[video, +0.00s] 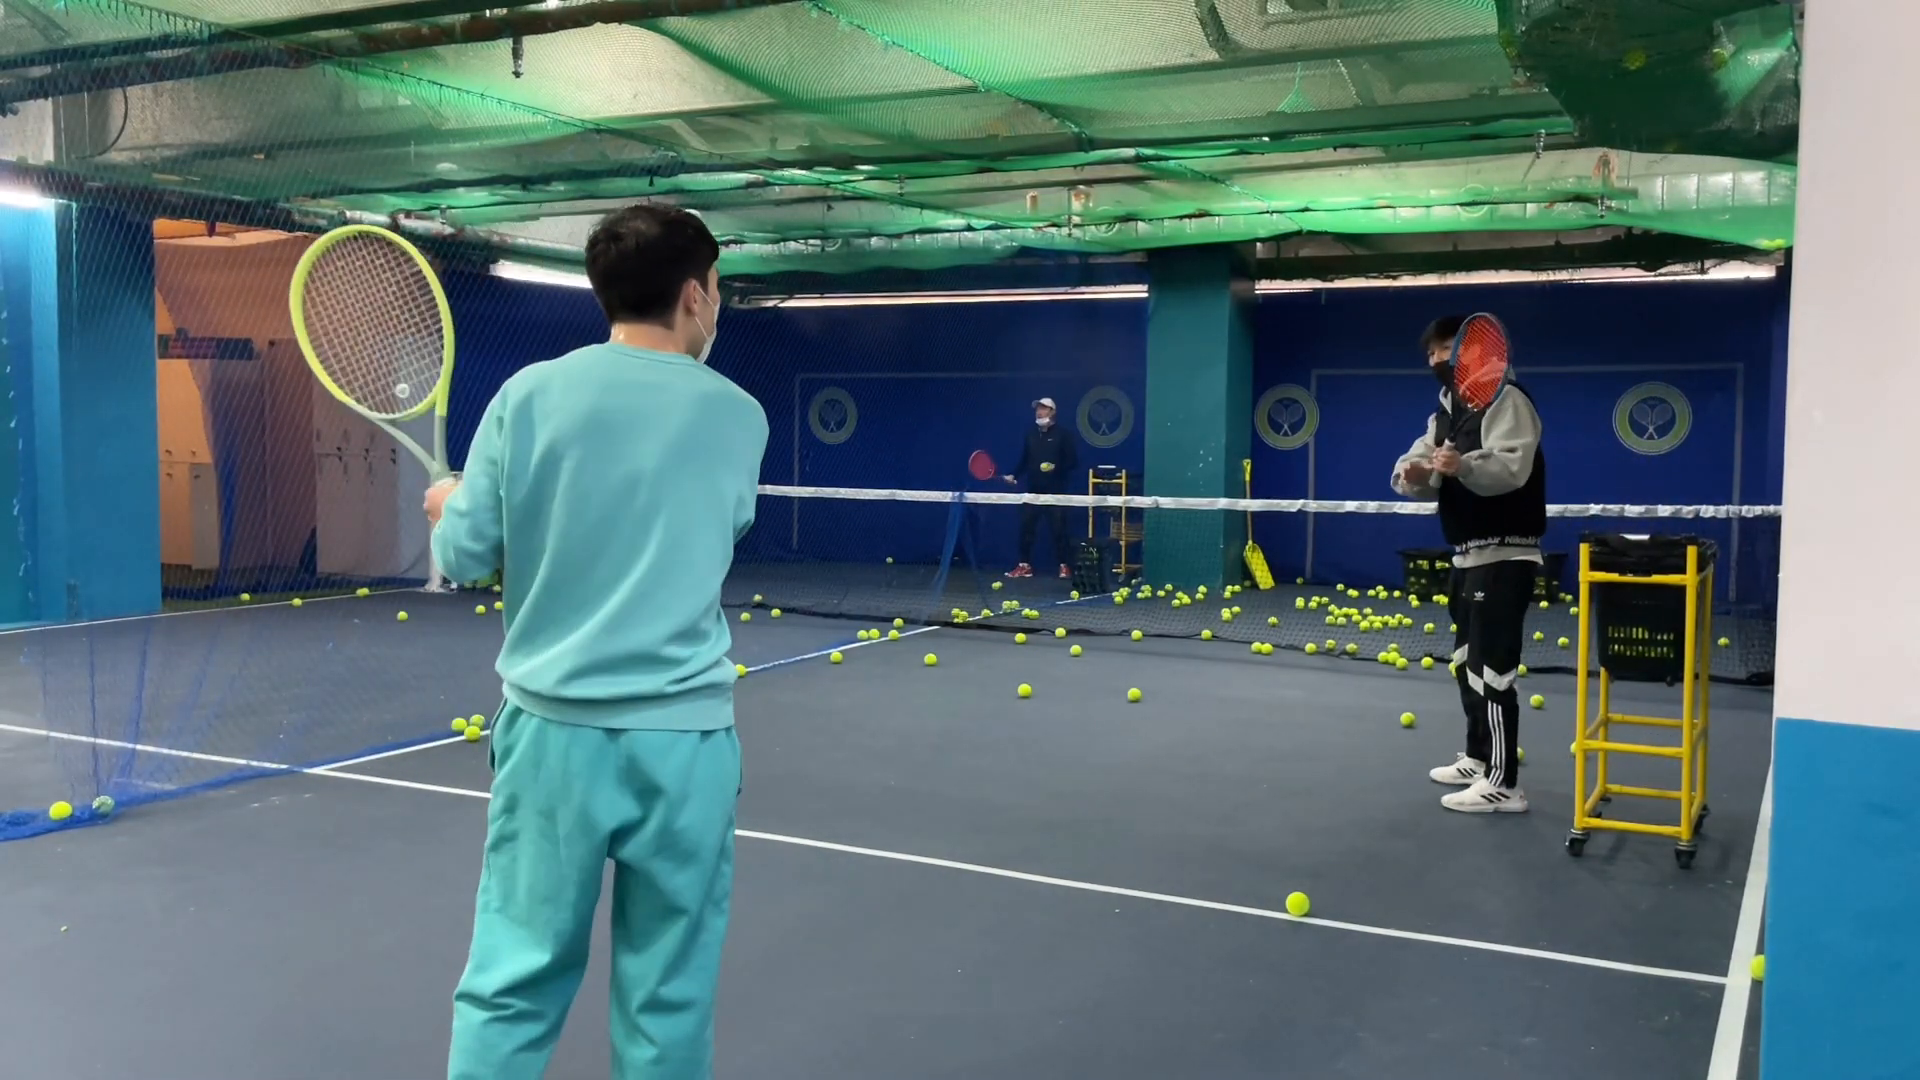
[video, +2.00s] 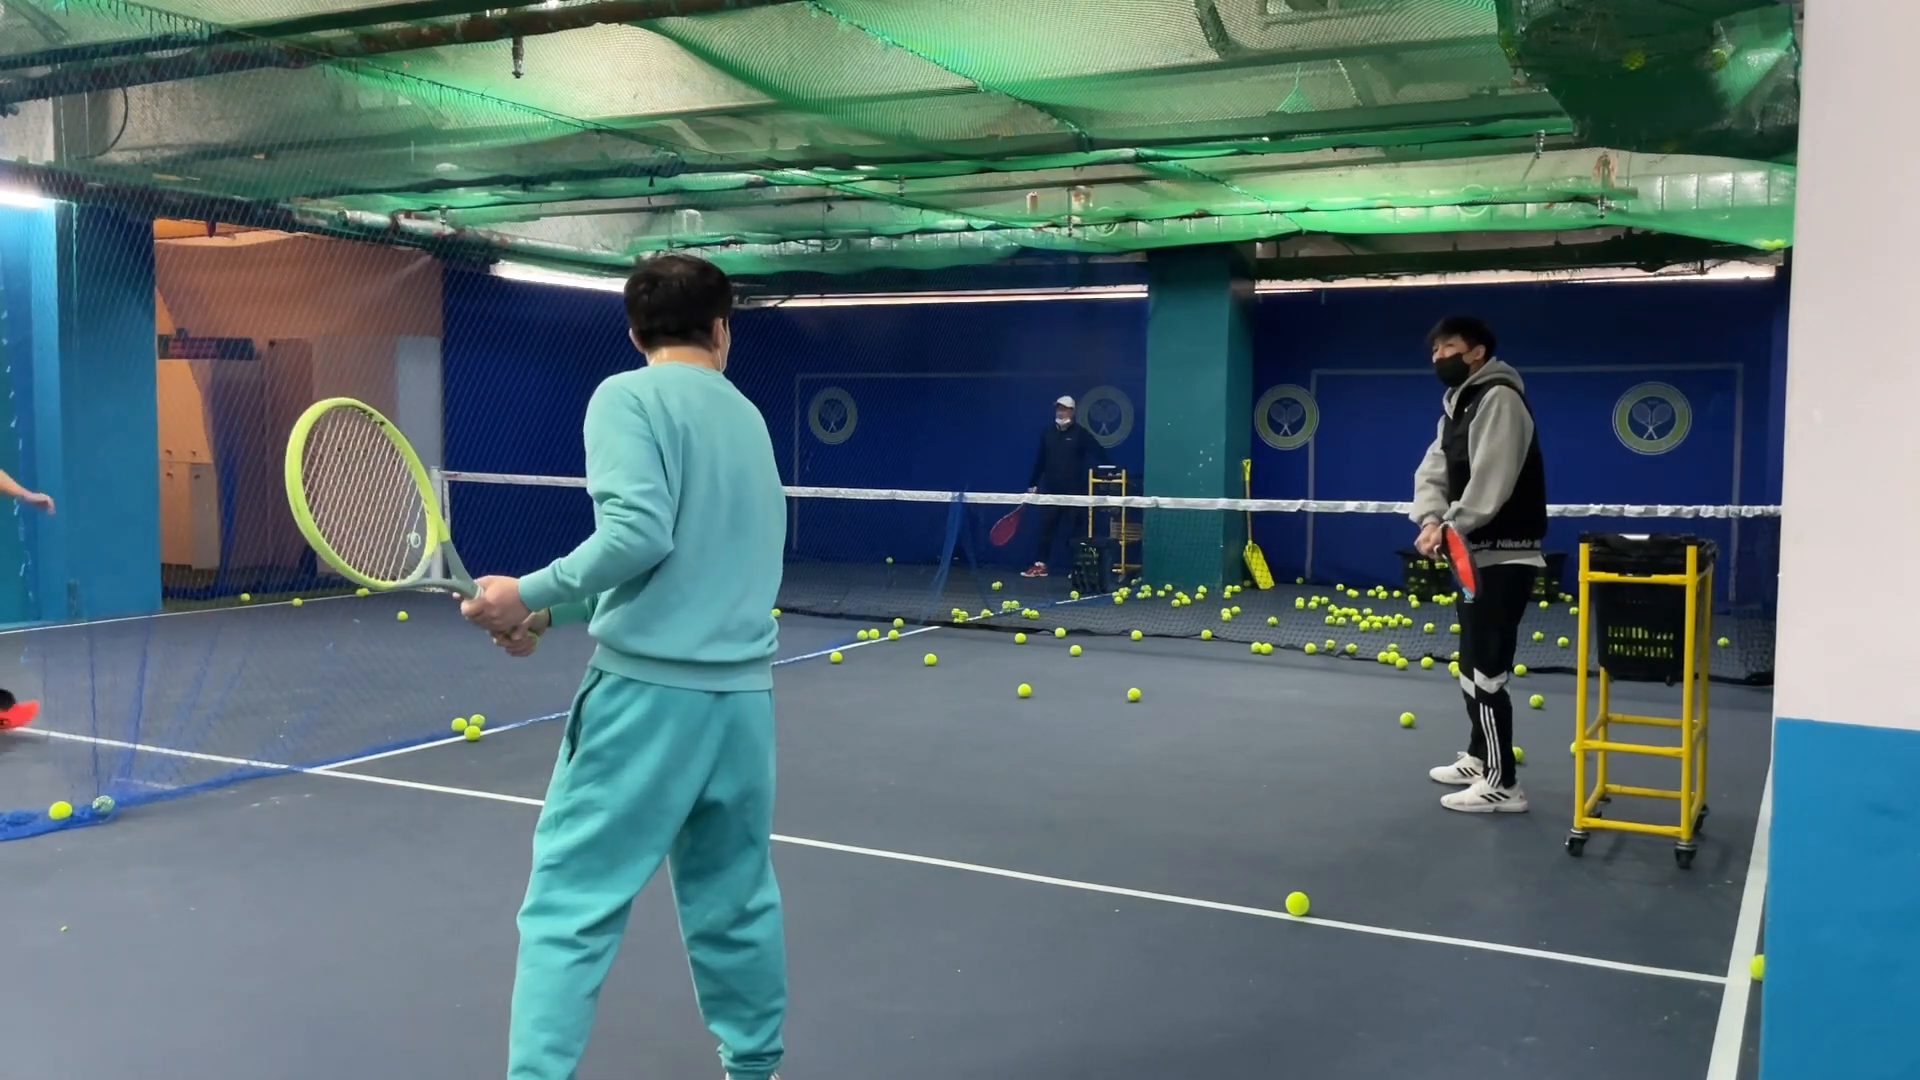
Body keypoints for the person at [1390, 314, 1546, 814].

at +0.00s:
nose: (1438, 361)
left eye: (1445, 350)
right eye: (1432, 355)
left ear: (1472, 348)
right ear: (1431, 360)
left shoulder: (1507, 401)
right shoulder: (1446, 413)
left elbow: (1511, 467)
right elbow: (1420, 467)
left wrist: (1461, 466)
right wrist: (1410, 473)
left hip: (1506, 553)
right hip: (1469, 555)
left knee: (1494, 670)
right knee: (1468, 664)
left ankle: (1503, 785)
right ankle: (1479, 760)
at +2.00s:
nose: (1440, 358)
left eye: (1449, 349)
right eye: (1436, 353)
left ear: (1479, 351)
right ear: (1440, 360)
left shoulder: (1500, 399)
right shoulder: (1457, 403)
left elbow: (1493, 476)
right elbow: (1434, 469)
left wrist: (1451, 527)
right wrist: (1430, 518)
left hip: (1506, 556)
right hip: (1476, 555)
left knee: (1487, 673)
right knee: (1473, 667)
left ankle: (1501, 786)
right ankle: (1482, 760)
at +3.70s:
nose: (1409, 375)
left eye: (1413, 365)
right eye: (1409, 367)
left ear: (1438, 364)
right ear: (1447, 365)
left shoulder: (1456, 414)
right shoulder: (1473, 409)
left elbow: (1434, 490)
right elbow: (1441, 488)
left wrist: (1387, 523)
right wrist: (1388, 516)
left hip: (1463, 565)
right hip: (1482, 563)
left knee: (1412, 658)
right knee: (1452, 659)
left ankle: (1468, 760)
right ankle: (1479, 759)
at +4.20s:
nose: (1363, 381)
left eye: (1364, 372)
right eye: (1362, 372)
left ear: (1379, 370)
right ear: (1403, 368)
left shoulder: (1395, 417)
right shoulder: (1425, 412)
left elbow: (1366, 495)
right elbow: (1397, 502)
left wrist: (1324, 509)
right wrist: (1340, 526)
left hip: (1407, 571)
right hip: (1428, 568)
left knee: (1375, 669)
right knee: (1391, 661)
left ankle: (1420, 778)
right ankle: (1440, 746)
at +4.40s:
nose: (1335, 370)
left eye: (1335, 362)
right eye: (1335, 362)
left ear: (1348, 361)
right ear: (1379, 357)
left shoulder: (1360, 406)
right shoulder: (1398, 403)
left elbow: (1334, 482)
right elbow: (1368, 488)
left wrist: (1298, 505)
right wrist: (1313, 518)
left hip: (1382, 561)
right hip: (1396, 557)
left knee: (1371, 666)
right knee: (1353, 657)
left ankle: (1421, 775)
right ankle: (1371, 758)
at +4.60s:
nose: (1304, 380)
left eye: (1303, 372)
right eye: (1303, 372)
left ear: (1315, 370)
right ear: (1344, 365)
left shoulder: (1331, 412)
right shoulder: (1364, 409)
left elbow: (1305, 488)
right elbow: (1334, 499)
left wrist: (1261, 505)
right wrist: (1273, 520)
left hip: (1348, 567)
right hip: (1371, 565)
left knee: (1305, 664)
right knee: (1331, 664)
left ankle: (1384, 745)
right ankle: (1354, 763)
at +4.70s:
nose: (1285, 386)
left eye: (1284, 377)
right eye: (1284, 378)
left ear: (1297, 373)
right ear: (1323, 369)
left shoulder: (1318, 415)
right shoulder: (1344, 412)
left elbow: (1291, 488)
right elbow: (1312, 500)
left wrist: (1242, 506)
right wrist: (1254, 520)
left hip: (1332, 566)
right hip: (1354, 565)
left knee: (1271, 654)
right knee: (1318, 662)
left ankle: (1326, 752)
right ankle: (1357, 761)